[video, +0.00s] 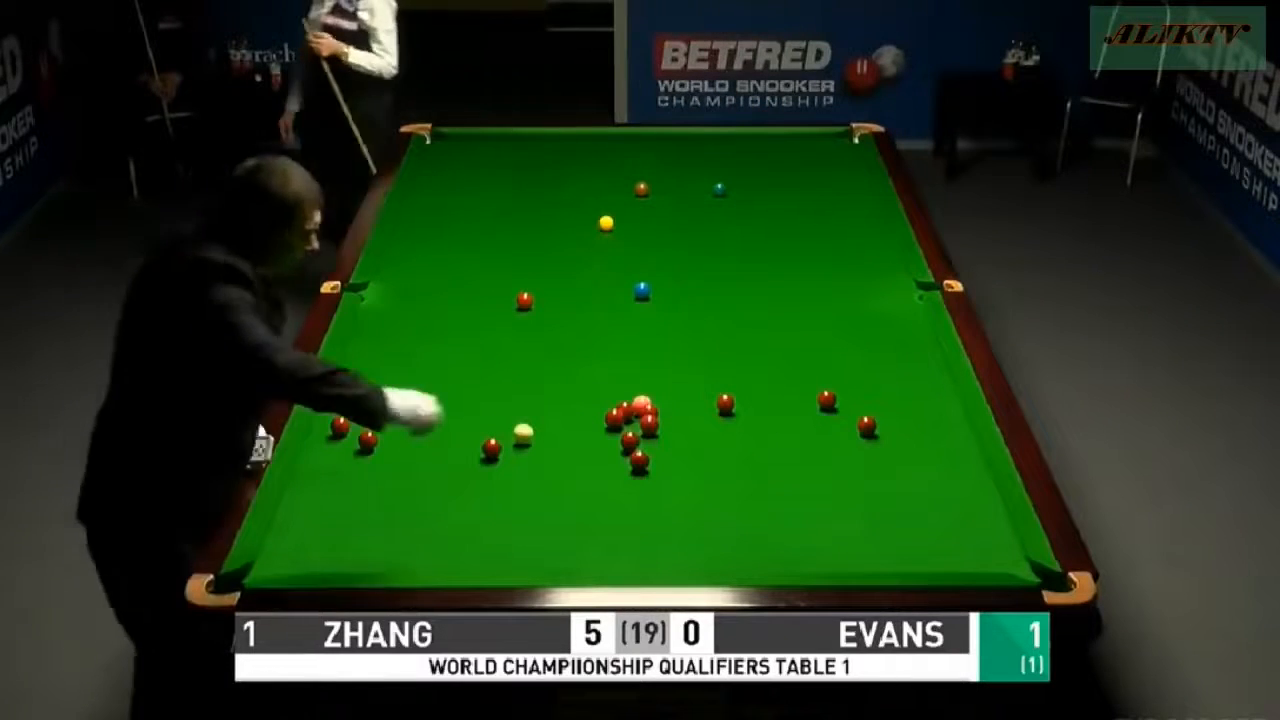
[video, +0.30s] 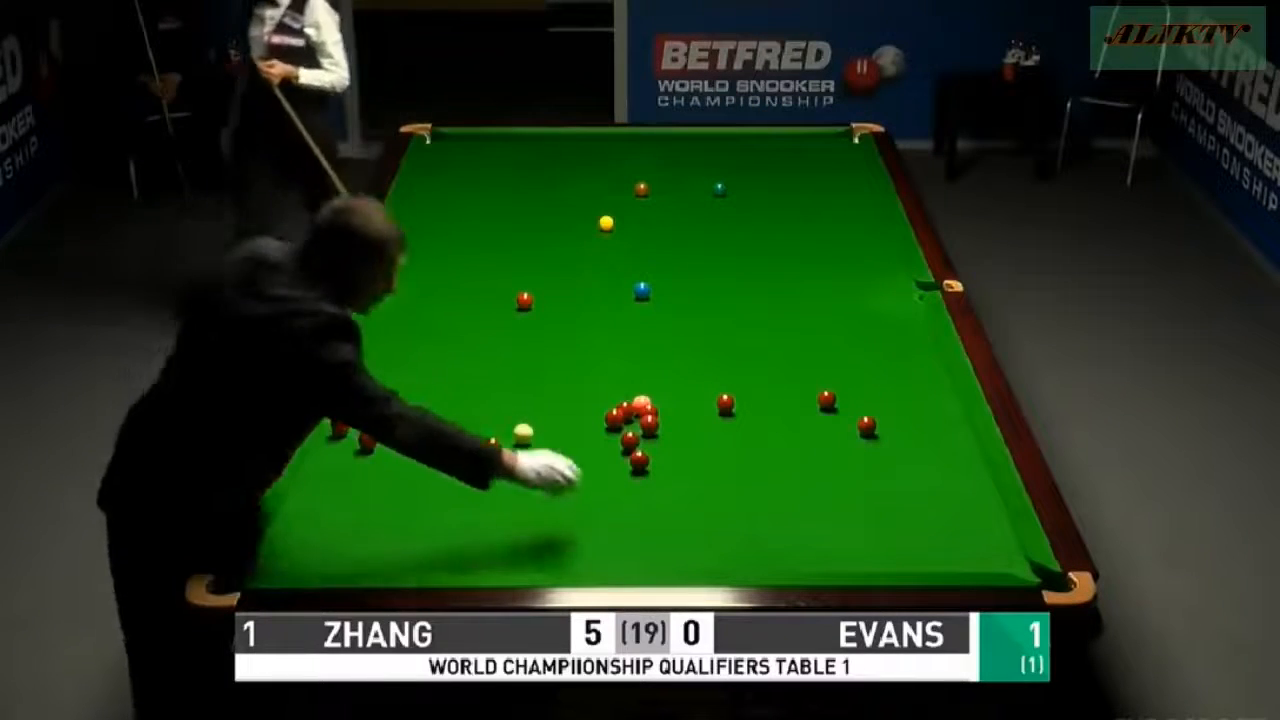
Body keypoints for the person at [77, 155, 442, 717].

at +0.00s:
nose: (314, 242)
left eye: (315, 230)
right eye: (306, 231)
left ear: (252, 220)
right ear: (268, 229)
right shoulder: (210, 284)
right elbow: (271, 363)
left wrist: (236, 436)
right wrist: (379, 402)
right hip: (144, 507)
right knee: (176, 655)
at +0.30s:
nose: (394, 278)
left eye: (394, 265)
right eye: (389, 267)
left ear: (320, 248)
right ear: (358, 269)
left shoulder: (254, 262)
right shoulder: (318, 337)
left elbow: (186, 308)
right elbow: (389, 419)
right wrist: (505, 461)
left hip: (141, 483)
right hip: (191, 507)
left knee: (159, 655)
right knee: (195, 662)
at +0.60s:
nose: (456, 344)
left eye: (457, 330)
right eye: (453, 332)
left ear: (387, 290)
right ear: (426, 330)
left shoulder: (308, 284)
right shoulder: (385, 387)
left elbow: (226, 291)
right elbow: (459, 464)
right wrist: (574, 508)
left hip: (151, 461)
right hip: (207, 501)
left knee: (158, 647)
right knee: (202, 655)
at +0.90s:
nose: (459, 346)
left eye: (461, 332)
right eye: (457, 334)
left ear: (392, 293)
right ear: (428, 332)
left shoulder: (317, 286)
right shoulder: (386, 387)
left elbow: (217, 316)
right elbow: (460, 467)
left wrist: (261, 387)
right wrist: (577, 508)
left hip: (155, 456)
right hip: (199, 498)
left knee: (160, 645)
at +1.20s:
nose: (452, 340)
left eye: (453, 326)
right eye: (450, 329)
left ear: (384, 285)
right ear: (425, 327)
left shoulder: (312, 281)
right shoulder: (382, 384)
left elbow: (223, 313)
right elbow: (456, 467)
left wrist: (238, 406)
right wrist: (568, 508)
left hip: (155, 455)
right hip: (202, 498)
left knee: (160, 645)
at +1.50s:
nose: (455, 342)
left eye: (457, 329)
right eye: (453, 330)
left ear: (387, 286)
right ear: (428, 328)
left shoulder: (314, 281)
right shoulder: (384, 382)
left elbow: (221, 315)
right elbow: (456, 464)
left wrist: (238, 401)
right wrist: (575, 506)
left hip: (154, 451)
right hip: (197, 495)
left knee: (160, 639)